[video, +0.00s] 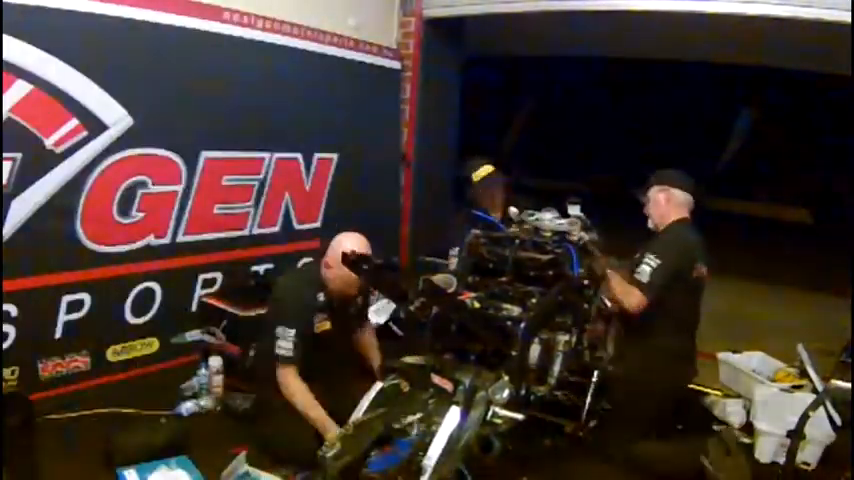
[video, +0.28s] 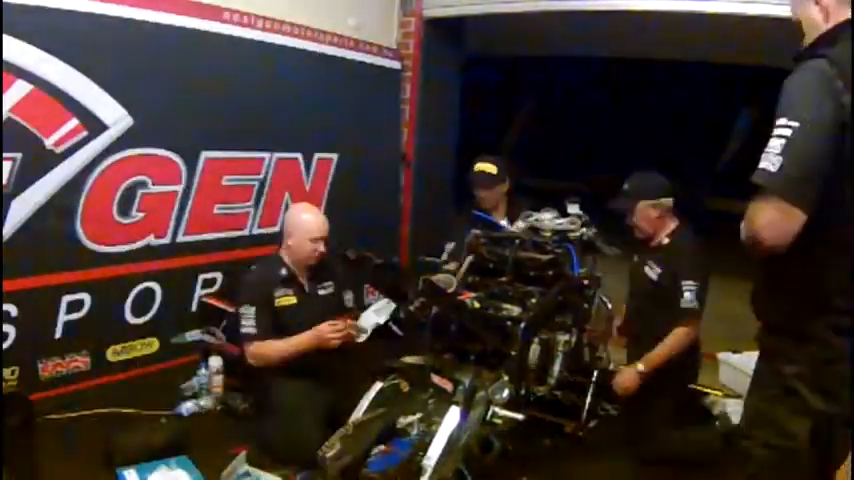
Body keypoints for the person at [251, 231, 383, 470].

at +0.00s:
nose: (363, 283)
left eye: (365, 275)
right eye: (357, 274)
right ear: (329, 265)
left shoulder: (350, 287)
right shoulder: (295, 293)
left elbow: (363, 330)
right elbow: (286, 377)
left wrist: (380, 374)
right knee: (303, 448)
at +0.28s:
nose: (322, 249)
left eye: (324, 241)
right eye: (314, 241)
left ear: (326, 238)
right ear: (289, 241)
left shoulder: (329, 272)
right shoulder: (259, 281)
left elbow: (346, 319)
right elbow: (255, 353)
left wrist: (350, 328)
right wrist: (314, 338)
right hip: (286, 389)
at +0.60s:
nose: (374, 276)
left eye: (380, 268)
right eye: (367, 266)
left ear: (386, 266)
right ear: (345, 258)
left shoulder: (361, 292)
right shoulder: (309, 291)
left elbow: (357, 338)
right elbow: (294, 365)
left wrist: (388, 354)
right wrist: (361, 369)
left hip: (328, 376)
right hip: (289, 383)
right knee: (307, 448)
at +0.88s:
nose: (375, 292)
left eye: (377, 284)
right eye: (369, 284)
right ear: (346, 276)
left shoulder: (364, 295)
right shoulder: (308, 298)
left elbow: (382, 345)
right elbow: (319, 374)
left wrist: (408, 367)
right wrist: (383, 378)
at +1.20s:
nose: (387, 260)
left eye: (390, 253)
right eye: (379, 252)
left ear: (393, 252)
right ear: (353, 252)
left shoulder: (373, 287)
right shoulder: (321, 286)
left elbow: (380, 343)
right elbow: (340, 361)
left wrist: (417, 372)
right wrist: (395, 376)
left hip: (340, 368)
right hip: (301, 372)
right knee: (325, 441)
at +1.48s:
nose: (308, 327)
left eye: (315, 321)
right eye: (301, 322)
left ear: (333, 306)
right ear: (290, 304)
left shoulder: (352, 300)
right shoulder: (266, 319)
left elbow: (368, 343)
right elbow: (235, 376)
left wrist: (348, 384)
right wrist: (241, 427)